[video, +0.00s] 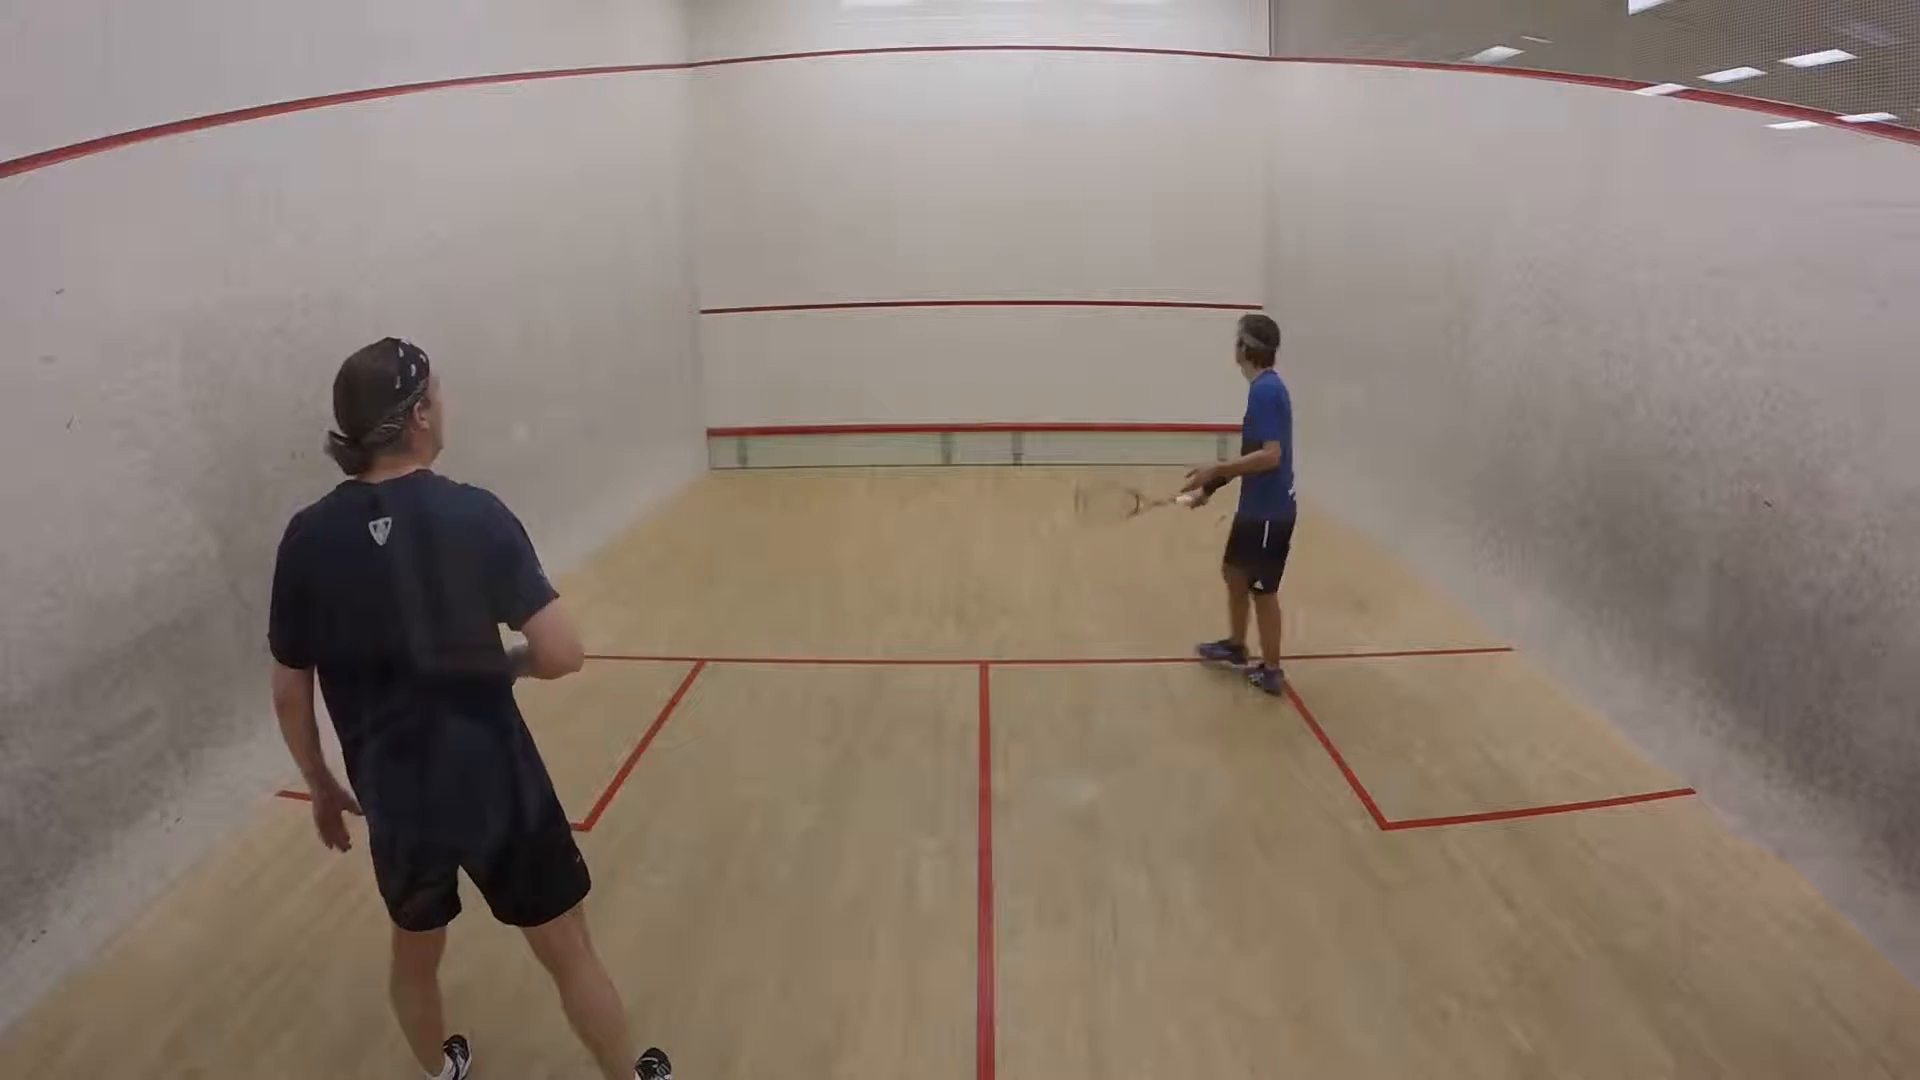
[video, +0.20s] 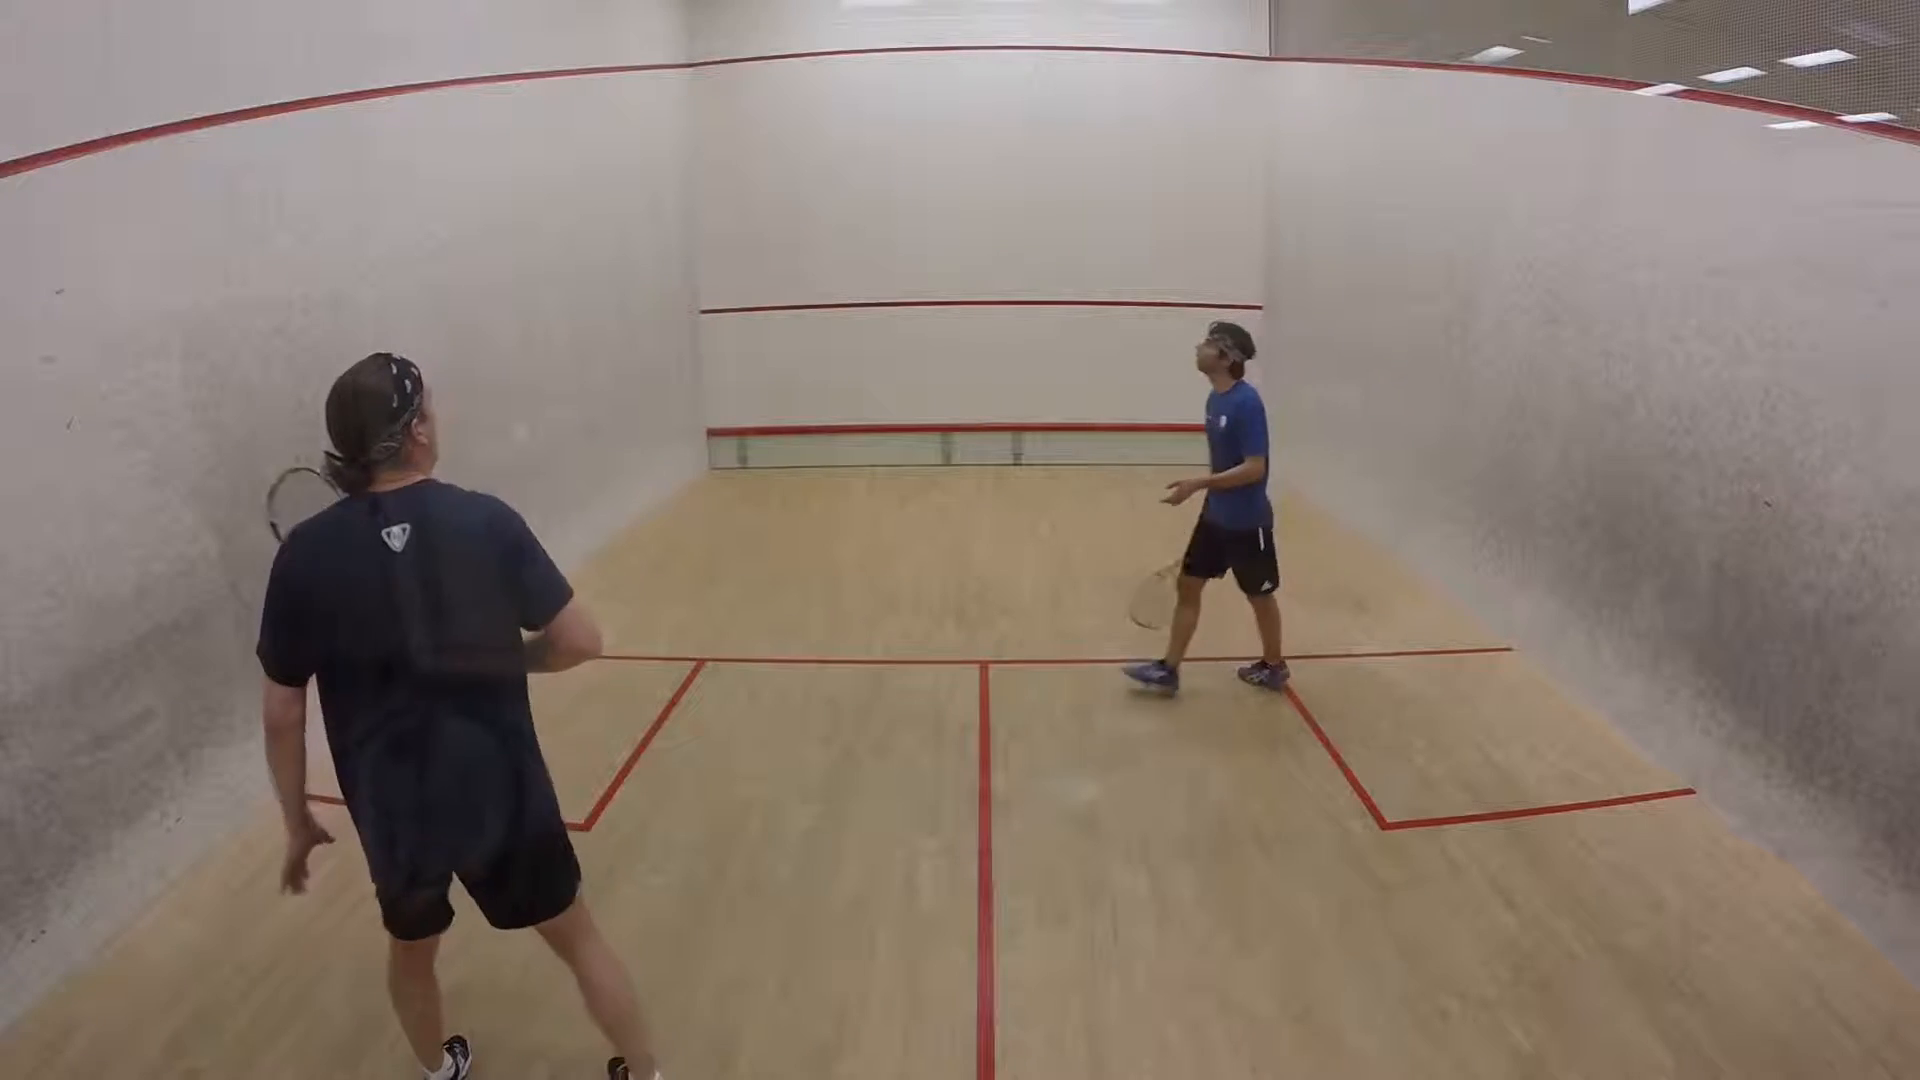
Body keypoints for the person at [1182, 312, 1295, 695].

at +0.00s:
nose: (1234, 350)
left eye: (1237, 344)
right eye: (1236, 343)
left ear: (1245, 347)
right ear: (1268, 349)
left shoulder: (1267, 390)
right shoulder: (1264, 389)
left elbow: (1271, 456)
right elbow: (1255, 455)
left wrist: (1216, 471)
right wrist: (1214, 484)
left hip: (1271, 512)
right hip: (1254, 508)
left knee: (1263, 588)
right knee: (1235, 573)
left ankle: (1271, 669)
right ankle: (1237, 644)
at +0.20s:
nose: (1198, 348)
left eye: (1207, 344)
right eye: (1203, 342)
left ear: (1225, 357)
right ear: (1220, 356)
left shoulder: (1246, 402)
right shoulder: (1215, 400)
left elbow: (1255, 469)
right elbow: (1223, 467)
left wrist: (1197, 483)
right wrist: (1210, 516)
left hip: (1247, 521)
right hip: (1216, 516)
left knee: (1260, 595)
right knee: (1189, 584)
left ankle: (1274, 665)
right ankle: (1169, 668)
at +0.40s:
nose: (1167, 356)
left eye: (1177, 354)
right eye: (1170, 350)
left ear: (1196, 366)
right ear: (1177, 361)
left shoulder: (1205, 409)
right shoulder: (1174, 405)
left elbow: (1209, 476)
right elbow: (1183, 468)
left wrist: (1150, 491)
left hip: (1203, 531)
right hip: (1170, 525)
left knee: (1209, 607)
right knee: (1148, 594)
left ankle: (1256, 656)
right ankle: (1154, 683)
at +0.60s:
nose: (1140, 348)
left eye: (1151, 344)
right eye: (1140, 341)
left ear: (1169, 357)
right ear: (1138, 351)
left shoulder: (1174, 400)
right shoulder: (1140, 400)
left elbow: (1183, 469)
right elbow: (1143, 465)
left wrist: (1126, 494)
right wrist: (1122, 499)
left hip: (1165, 526)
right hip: (1138, 521)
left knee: (1144, 610)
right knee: (1128, 600)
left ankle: (1184, 664)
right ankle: (1151, 681)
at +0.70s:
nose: (1125, 344)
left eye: (1137, 341)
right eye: (1126, 338)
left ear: (1156, 354)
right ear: (1123, 349)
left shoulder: (1158, 400)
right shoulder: (1128, 397)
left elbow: (1172, 468)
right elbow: (1133, 462)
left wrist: (1117, 501)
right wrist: (1107, 494)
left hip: (1149, 527)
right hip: (1128, 522)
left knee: (1112, 612)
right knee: (1128, 608)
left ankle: (1146, 689)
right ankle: (1145, 681)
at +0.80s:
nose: (1108, 348)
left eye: (1119, 345)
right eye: (1109, 342)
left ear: (1137, 357)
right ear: (1112, 351)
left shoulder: (1138, 403)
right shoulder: (1118, 400)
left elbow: (1155, 471)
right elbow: (1108, 460)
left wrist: (1107, 516)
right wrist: (1070, 499)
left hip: (1132, 531)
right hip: (1124, 527)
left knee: (1082, 618)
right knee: (1117, 605)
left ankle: (1095, 720)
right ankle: (1149, 679)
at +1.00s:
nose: (1059, 367)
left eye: (1069, 362)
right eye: (1060, 360)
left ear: (1090, 373)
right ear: (1078, 372)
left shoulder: (1083, 419)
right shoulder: (1098, 414)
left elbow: (1101, 486)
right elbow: (1074, 483)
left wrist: (1084, 546)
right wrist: (1026, 511)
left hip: (1083, 556)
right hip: (1112, 548)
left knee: (1033, 635)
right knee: (1104, 612)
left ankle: (1049, 742)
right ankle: (1146, 677)